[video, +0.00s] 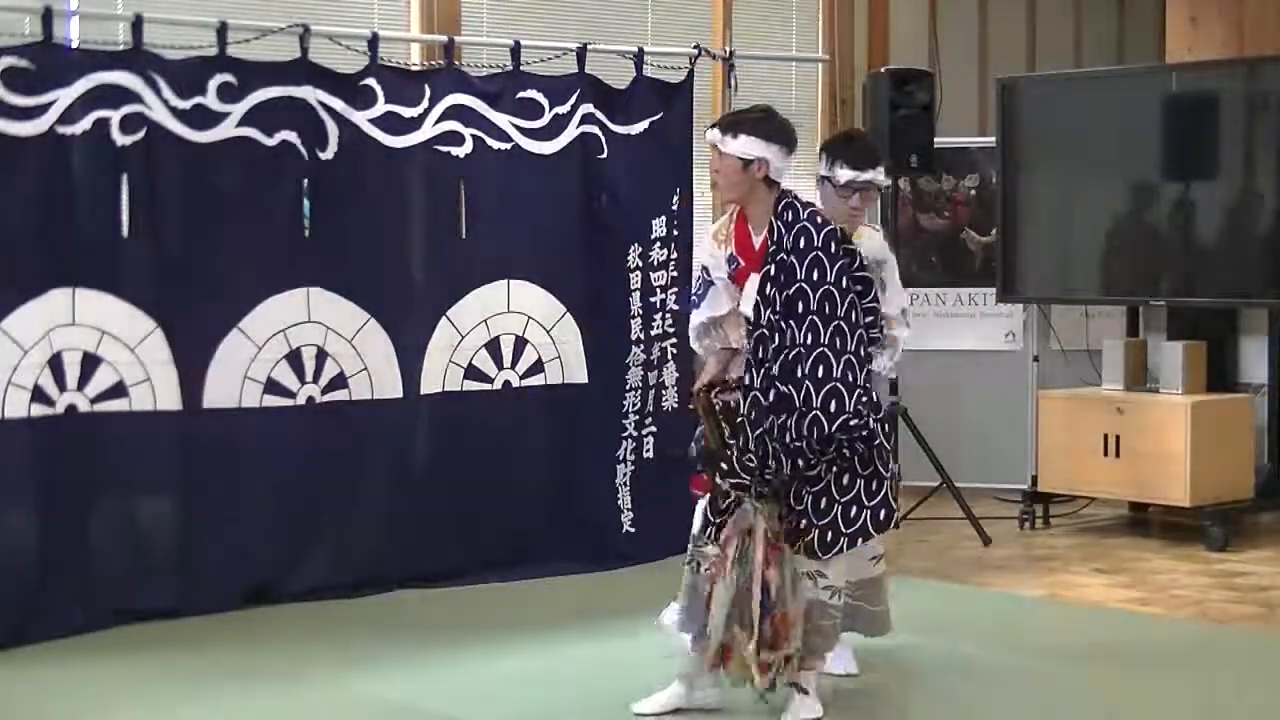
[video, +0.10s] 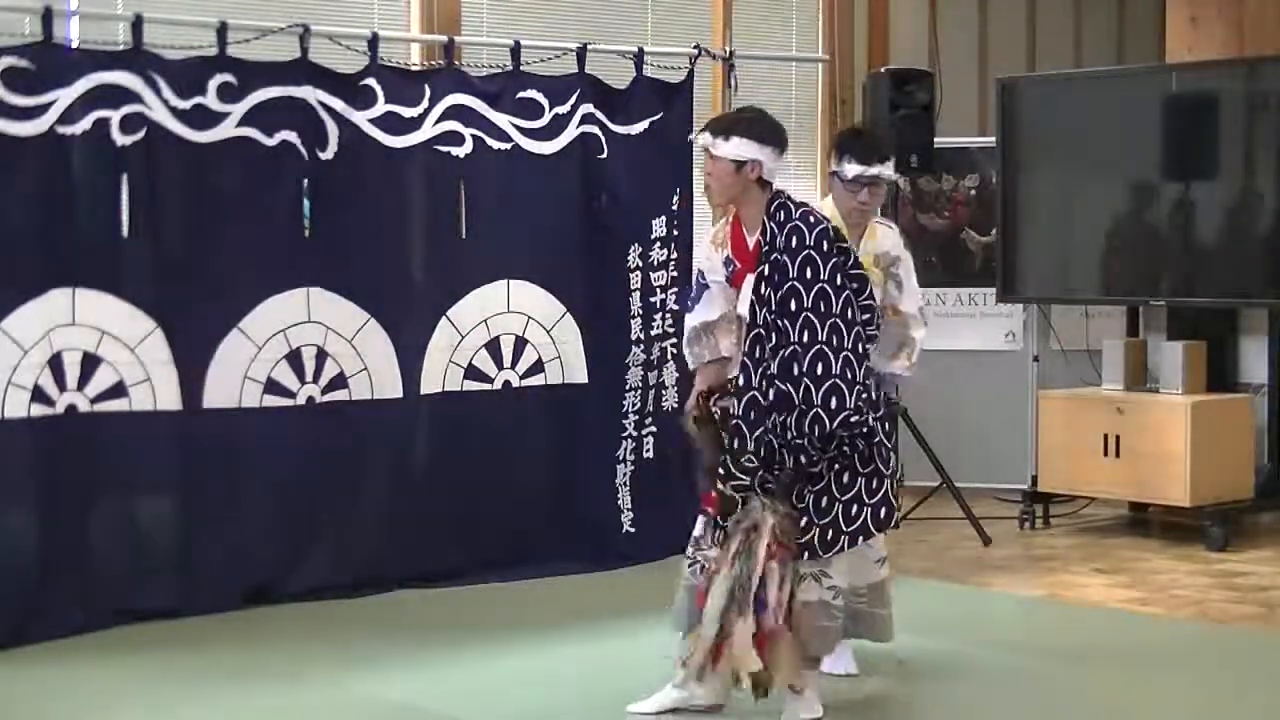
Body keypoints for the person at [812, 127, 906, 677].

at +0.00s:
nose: (859, 202)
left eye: (868, 191)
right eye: (847, 190)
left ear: (876, 192)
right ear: (820, 186)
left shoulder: (875, 249)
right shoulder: (794, 241)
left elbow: (895, 319)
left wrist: (885, 345)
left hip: (857, 386)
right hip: (798, 384)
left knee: (847, 500)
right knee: (809, 502)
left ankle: (835, 630)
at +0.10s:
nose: (865, 197)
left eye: (876, 186)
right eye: (854, 184)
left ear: (886, 188)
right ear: (831, 182)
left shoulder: (889, 241)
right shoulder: (810, 235)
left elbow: (913, 318)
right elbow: (786, 308)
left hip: (874, 381)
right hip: (818, 380)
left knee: (858, 500)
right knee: (821, 500)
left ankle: (840, 632)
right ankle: (819, 632)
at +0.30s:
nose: (887, 187)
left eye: (899, 177)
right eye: (876, 174)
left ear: (910, 181)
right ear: (853, 169)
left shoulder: (917, 235)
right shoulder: (818, 226)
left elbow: (937, 315)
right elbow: (801, 308)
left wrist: (931, 372)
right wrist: (816, 370)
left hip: (896, 390)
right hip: (834, 388)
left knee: (922, 504)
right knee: (841, 508)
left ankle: (922, 636)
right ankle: (836, 640)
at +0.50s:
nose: (915, 183)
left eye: (929, 174)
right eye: (906, 171)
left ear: (945, 181)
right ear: (888, 170)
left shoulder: (957, 240)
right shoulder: (846, 223)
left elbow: (978, 329)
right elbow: (805, 289)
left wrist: (964, 345)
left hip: (925, 398)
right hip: (853, 393)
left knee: (959, 516)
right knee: (847, 518)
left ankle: (984, 653)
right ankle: (841, 637)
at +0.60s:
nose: (933, 187)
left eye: (947, 177)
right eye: (923, 174)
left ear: (967, 186)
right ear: (906, 177)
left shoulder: (980, 248)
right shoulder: (862, 229)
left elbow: (1000, 337)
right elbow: (810, 286)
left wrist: (973, 332)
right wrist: (842, 266)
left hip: (935, 400)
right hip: (863, 392)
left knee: (965, 521)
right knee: (852, 517)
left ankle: (989, 661)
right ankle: (843, 635)